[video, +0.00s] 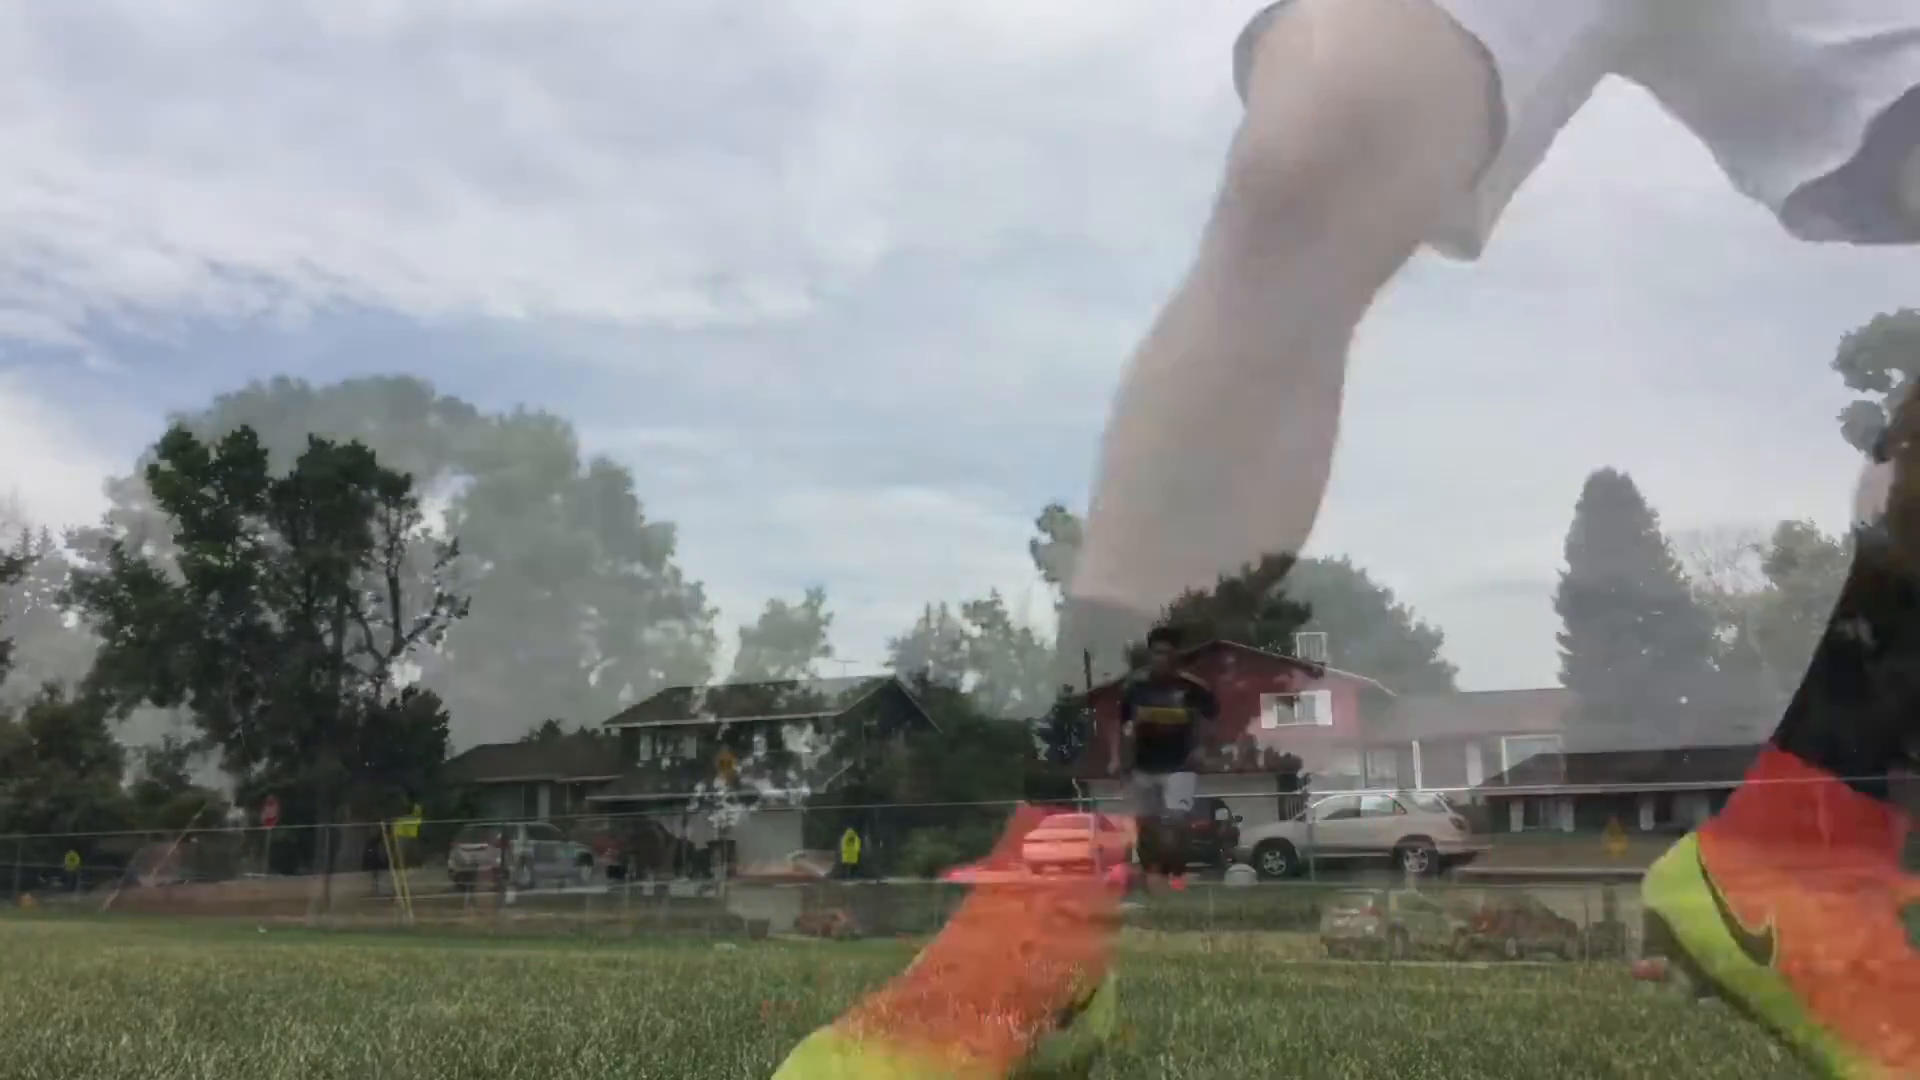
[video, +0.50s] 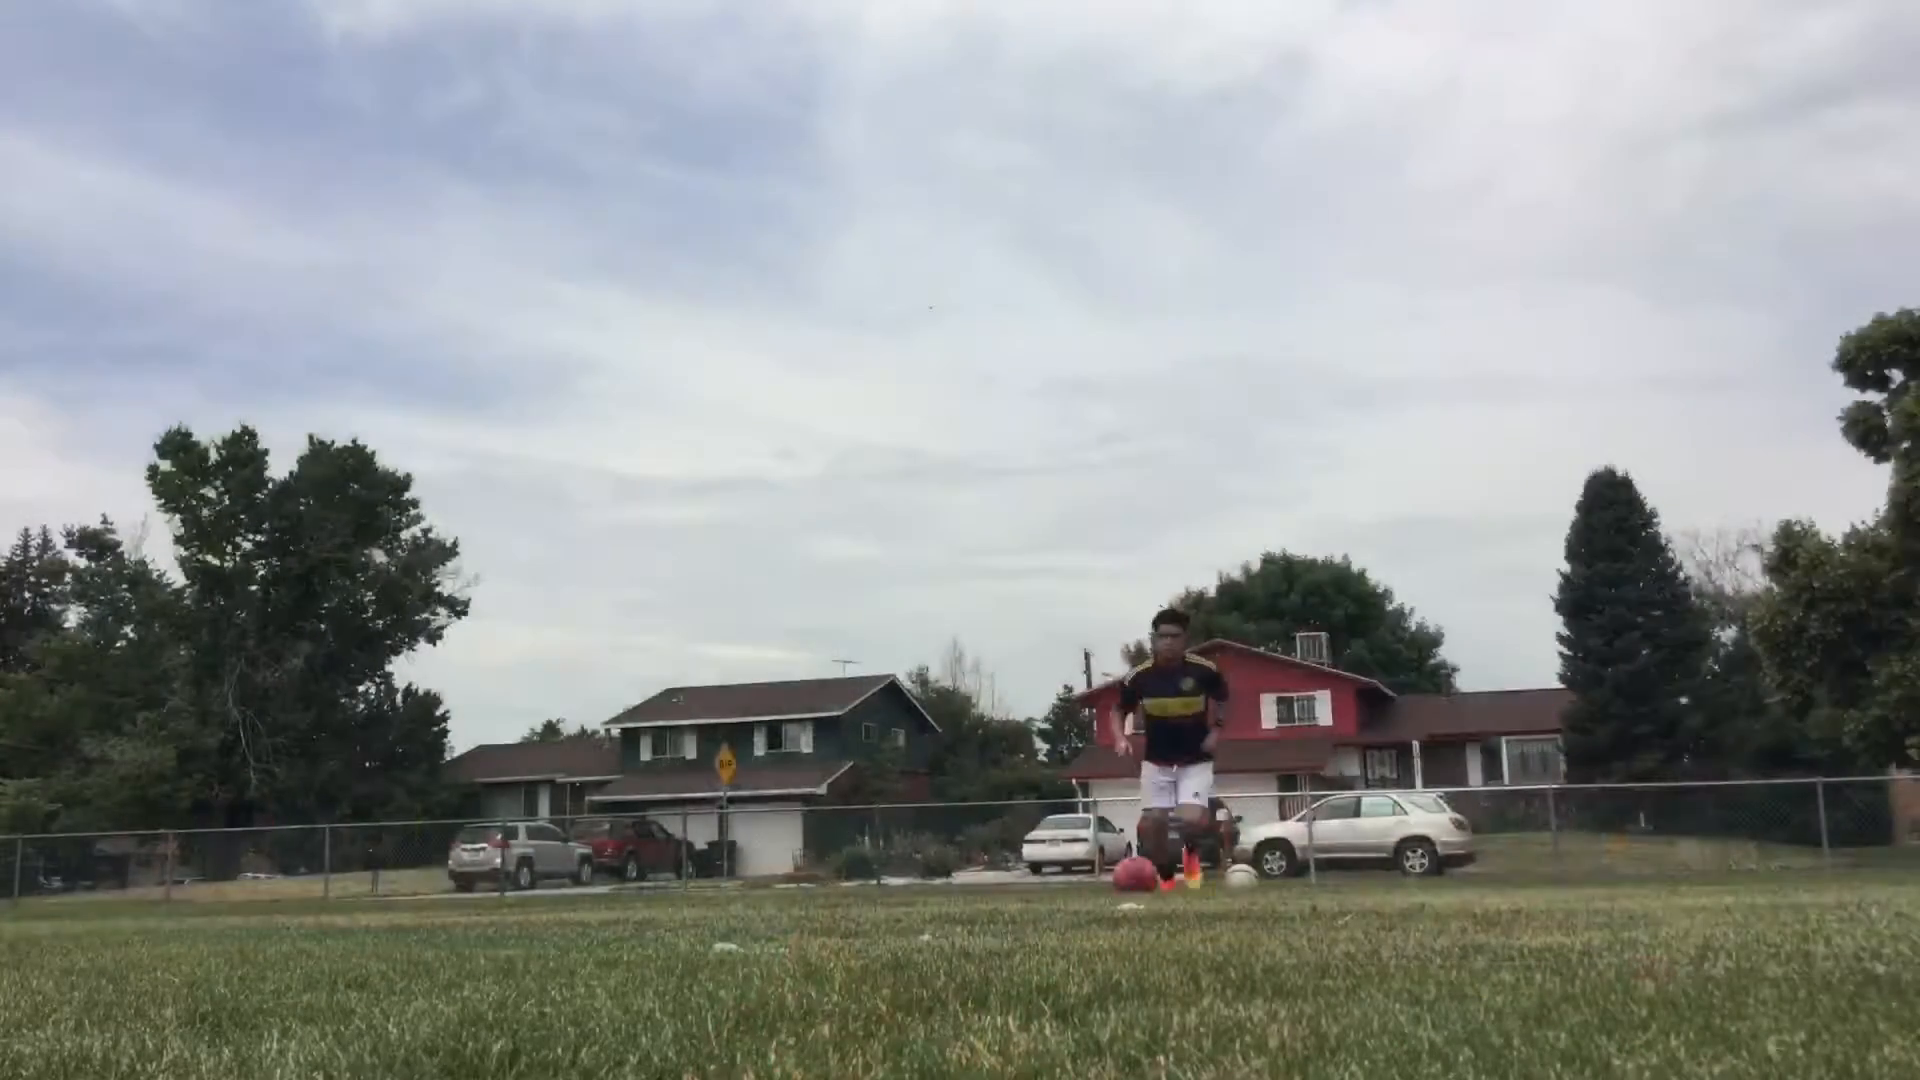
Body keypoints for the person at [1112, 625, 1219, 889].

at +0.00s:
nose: (1160, 658)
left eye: (1166, 653)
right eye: (1156, 652)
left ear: (1176, 655)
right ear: (1148, 654)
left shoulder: (1191, 688)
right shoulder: (1135, 688)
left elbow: (1211, 722)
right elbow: (1120, 724)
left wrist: (1203, 750)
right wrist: (1116, 758)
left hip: (1179, 768)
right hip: (1143, 768)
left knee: (1175, 823)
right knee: (1146, 823)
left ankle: (1175, 876)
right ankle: (1150, 874)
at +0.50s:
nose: (1168, 643)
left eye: (1174, 637)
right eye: (1162, 637)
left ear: (1186, 640)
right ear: (1153, 641)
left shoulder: (1204, 672)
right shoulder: (1140, 677)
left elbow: (1223, 699)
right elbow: (1118, 709)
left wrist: (1216, 731)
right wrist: (1120, 737)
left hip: (1195, 760)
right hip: (1156, 762)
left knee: (1190, 819)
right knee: (1153, 823)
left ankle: (1192, 853)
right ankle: (1165, 876)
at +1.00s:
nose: (1212, 572)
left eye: (1219, 566)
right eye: (1205, 566)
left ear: (1233, 569)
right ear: (1198, 569)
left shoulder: (1251, 610)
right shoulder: (1181, 607)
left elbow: (1280, 651)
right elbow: (1139, 642)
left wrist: (1270, 664)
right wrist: (1138, 645)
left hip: (1228, 717)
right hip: (1179, 712)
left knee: (1226, 789)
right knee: (1146, 770)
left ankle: (1214, 872)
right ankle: (1147, 862)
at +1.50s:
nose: (1253, 558)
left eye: (1261, 551)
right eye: (1245, 552)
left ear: (1277, 554)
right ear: (1236, 557)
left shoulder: (1301, 601)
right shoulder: (1220, 610)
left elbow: (1313, 650)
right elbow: (1186, 668)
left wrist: (1319, 690)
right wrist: (1194, 714)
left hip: (1297, 716)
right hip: (1240, 729)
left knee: (1324, 785)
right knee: (1241, 818)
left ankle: (1354, 887)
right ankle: (1238, 886)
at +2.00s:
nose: (1215, 497)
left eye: (1225, 487)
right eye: (1207, 490)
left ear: (1251, 489)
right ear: (1200, 496)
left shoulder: (1294, 540)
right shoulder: (1191, 567)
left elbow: (1346, 592)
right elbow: (1173, 639)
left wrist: (1334, 633)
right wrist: (1179, 710)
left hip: (1308, 686)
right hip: (1241, 687)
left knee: (1339, 790)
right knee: (1244, 750)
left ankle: (1362, 891)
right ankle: (1265, 879)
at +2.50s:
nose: (997, 380)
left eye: (1010, 369)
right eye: (989, 372)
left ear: (1043, 371)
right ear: (982, 378)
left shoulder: (1088, 437)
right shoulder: (974, 460)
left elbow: (1149, 512)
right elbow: (957, 551)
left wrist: (1121, 564)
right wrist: (918, 588)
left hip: (1073, 629)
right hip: (996, 626)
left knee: (1071, 759)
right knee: (924, 720)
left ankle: (1088, 891)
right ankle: (924, 875)